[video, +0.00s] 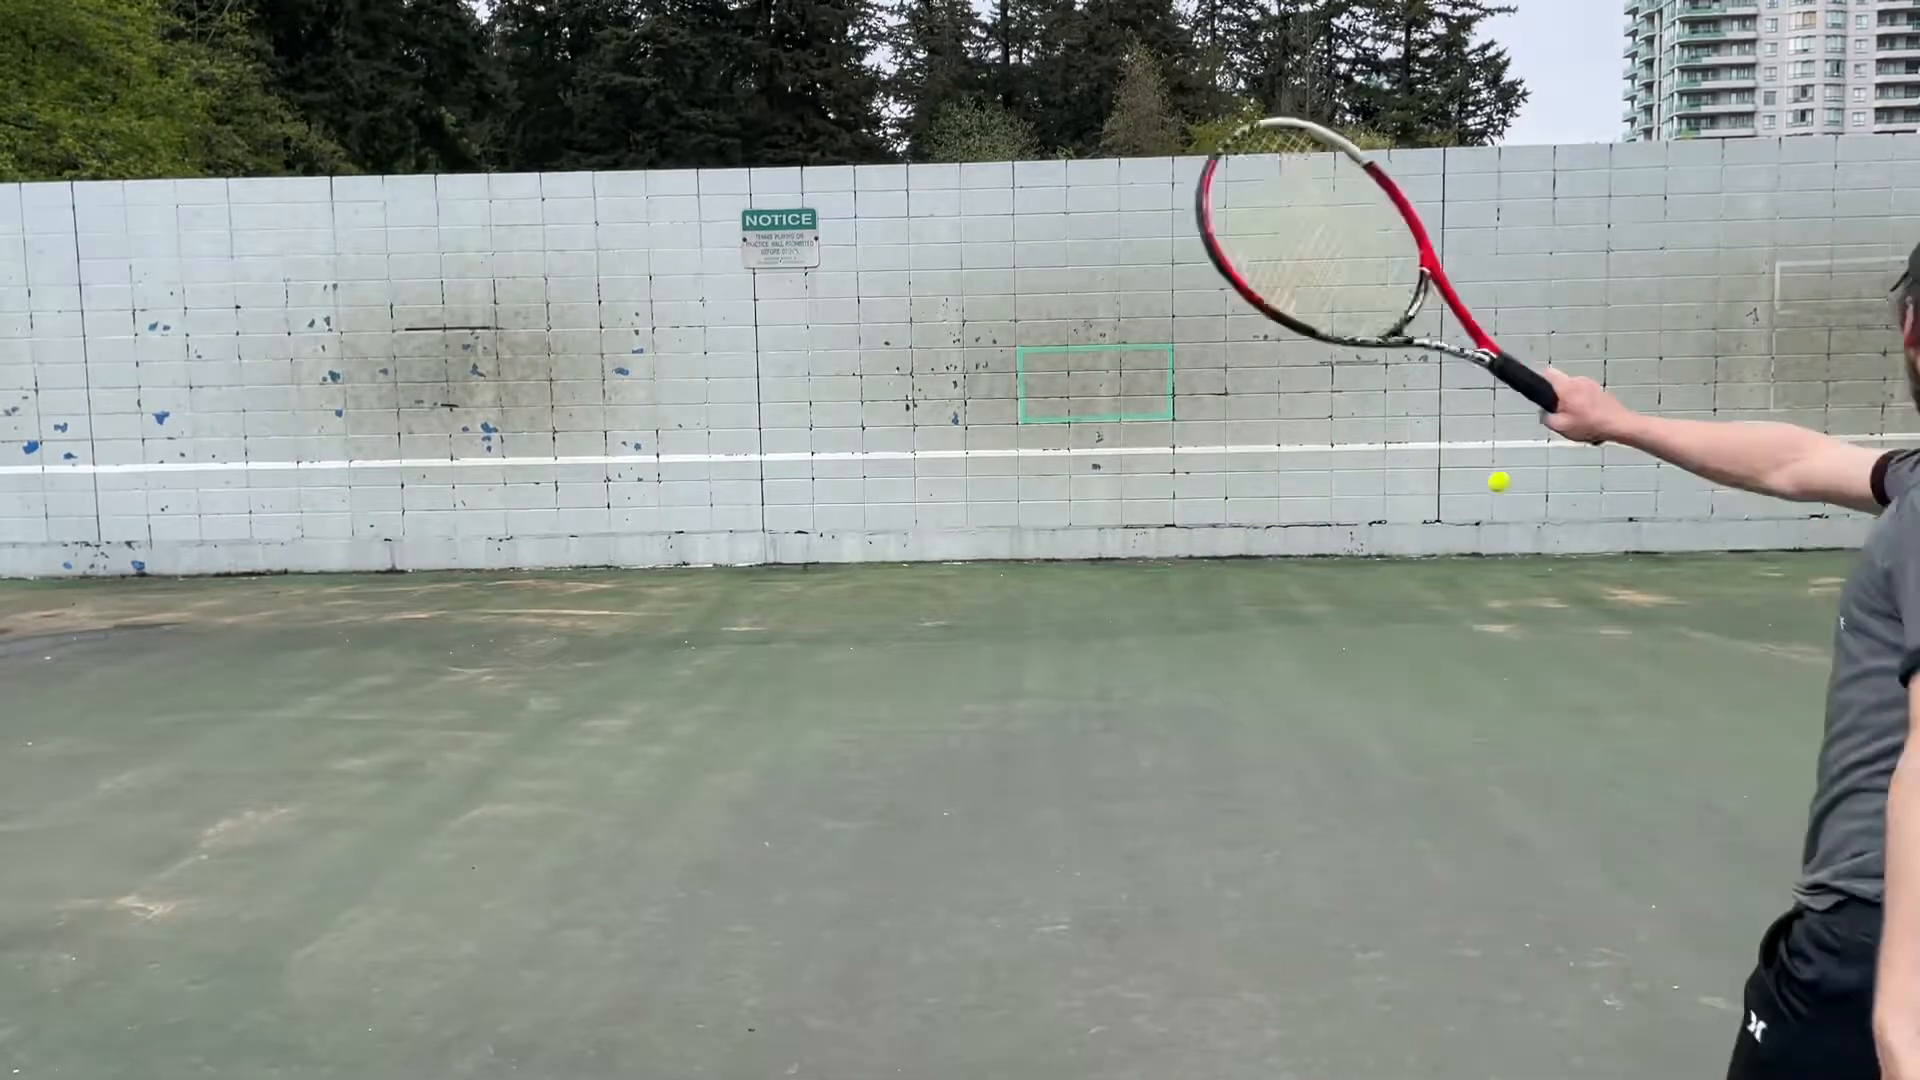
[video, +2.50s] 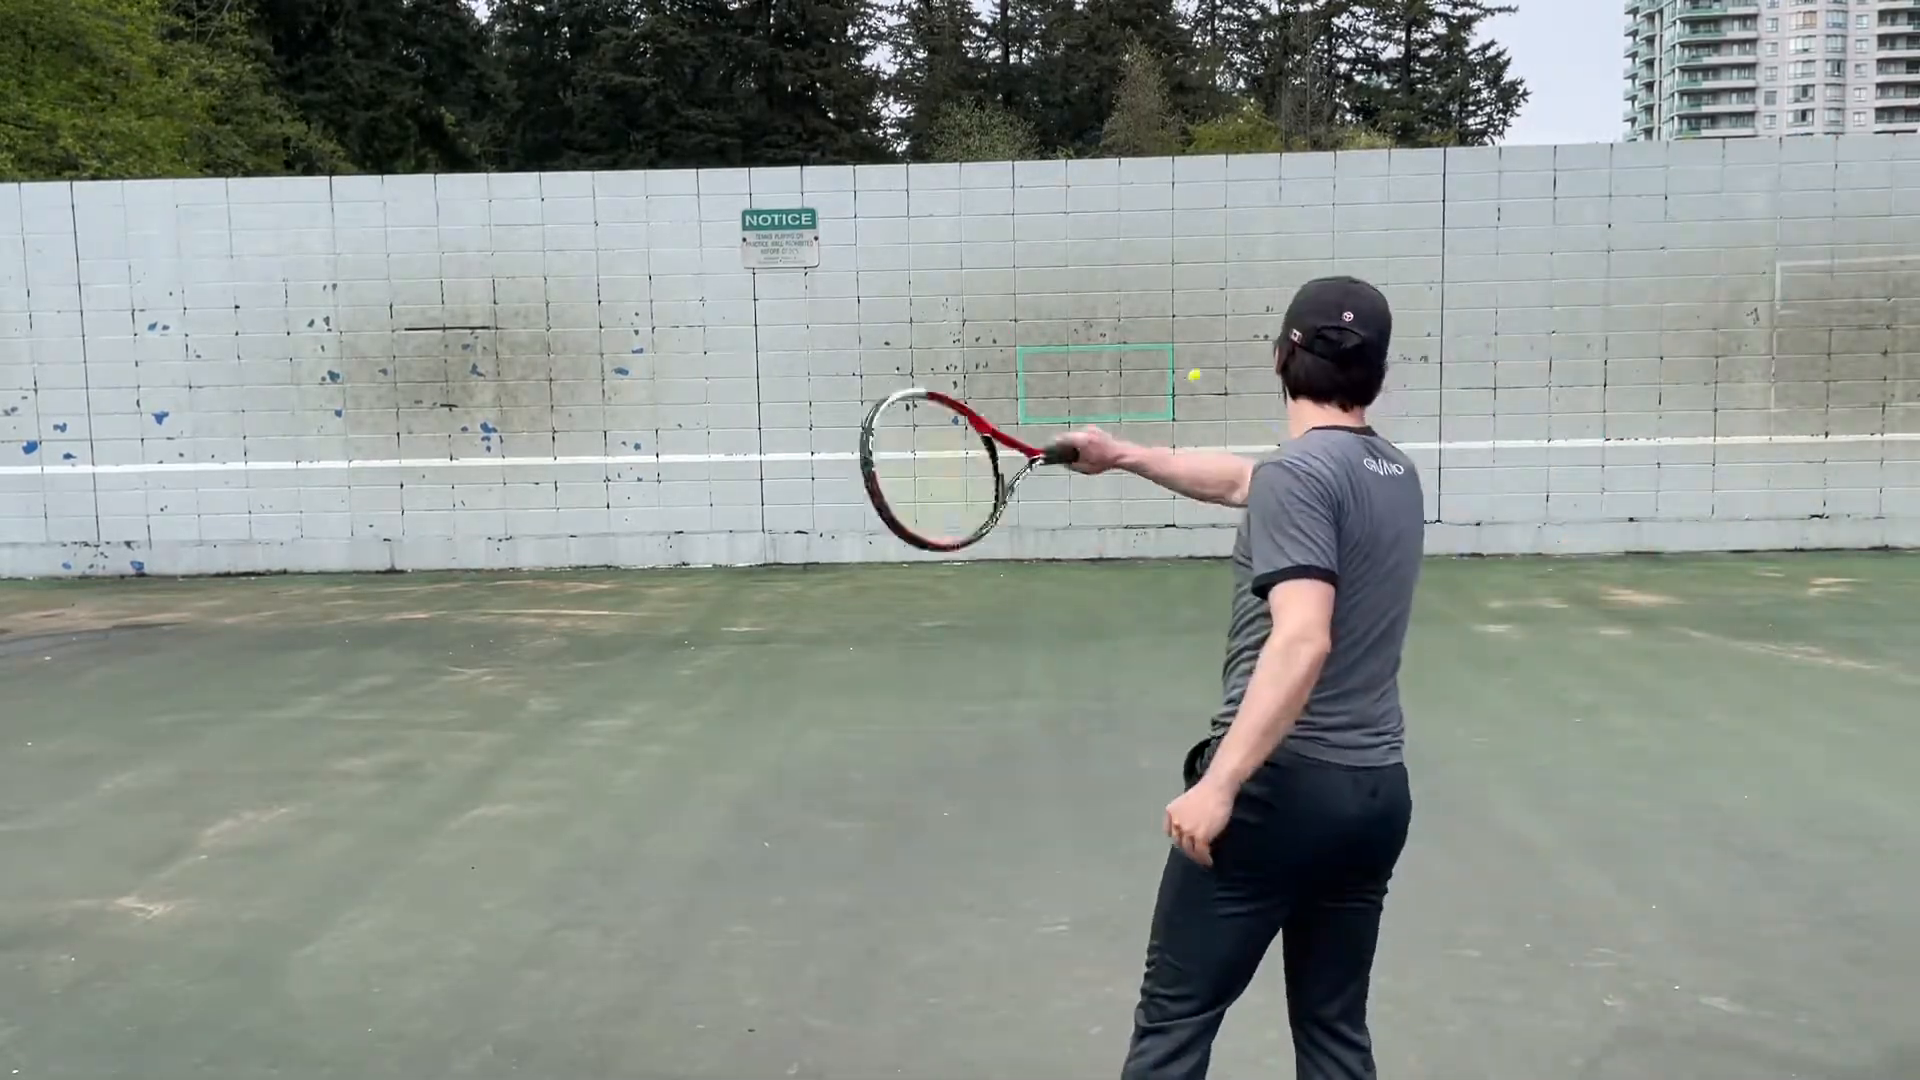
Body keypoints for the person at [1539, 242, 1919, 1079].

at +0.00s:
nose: (1903, 332)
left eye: (1902, 314)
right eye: (1912, 316)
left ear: (1908, 329)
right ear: (1917, 334)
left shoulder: (1909, 506)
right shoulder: (1907, 487)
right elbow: (1796, 461)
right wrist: (1616, 420)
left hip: (1858, 949)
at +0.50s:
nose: (1625, 366)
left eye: (1627, 348)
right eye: (1626, 346)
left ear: (1645, 373)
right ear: (1771, 369)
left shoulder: (1754, 551)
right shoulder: (1811, 496)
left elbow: (1860, 800)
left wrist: (1645, 862)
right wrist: (1612, 775)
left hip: (1776, 969)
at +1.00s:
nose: (1453, 386)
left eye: (1454, 376)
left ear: (1458, 393)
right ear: (1572, 404)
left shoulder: (1385, 528)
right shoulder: (1633, 542)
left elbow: (1358, 696)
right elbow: (1672, 742)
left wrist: (1462, 684)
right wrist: (1552, 745)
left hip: (1429, 898)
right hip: (1573, 901)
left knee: (1366, 1068)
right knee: (1509, 1071)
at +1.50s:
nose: (1393, 402)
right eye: (1393, 389)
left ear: (1277, 390)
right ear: (1383, 409)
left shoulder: (1208, 490)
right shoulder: (1333, 513)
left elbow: (1295, 574)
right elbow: (1425, 640)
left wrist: (1434, 558)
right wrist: (1592, 588)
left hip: (1153, 815)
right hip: (1274, 833)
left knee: (1127, 1037)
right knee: (1378, 1045)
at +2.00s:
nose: (1492, 509)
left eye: (1493, 493)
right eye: (1495, 496)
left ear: (1394, 472)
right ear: (1484, 500)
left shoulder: (1289, 525)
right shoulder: (1460, 591)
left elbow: (1136, 560)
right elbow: (1488, 758)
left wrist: (1024, 622)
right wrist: (1574, 918)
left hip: (1189, 830)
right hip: (1318, 863)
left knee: (1124, 1047)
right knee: (1339, 1047)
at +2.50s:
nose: (1277, 352)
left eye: (1280, 343)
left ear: (1285, 357)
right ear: (1379, 372)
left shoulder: (1295, 474)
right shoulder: (1393, 471)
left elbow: (1302, 639)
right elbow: (1249, 477)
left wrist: (1219, 783)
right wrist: (1123, 454)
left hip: (1272, 790)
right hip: (1372, 791)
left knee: (1173, 1023)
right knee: (1335, 1025)